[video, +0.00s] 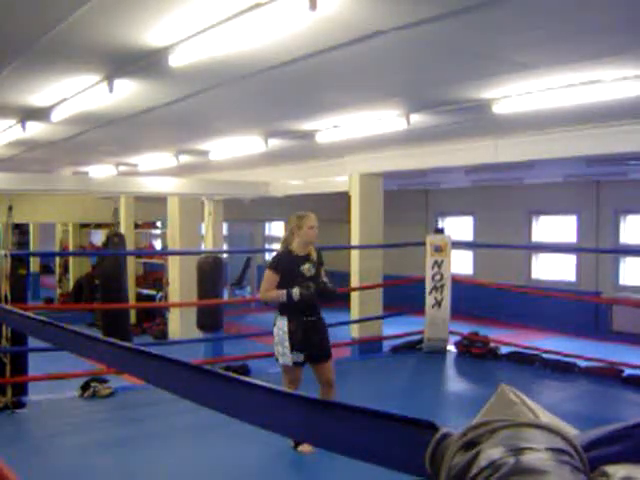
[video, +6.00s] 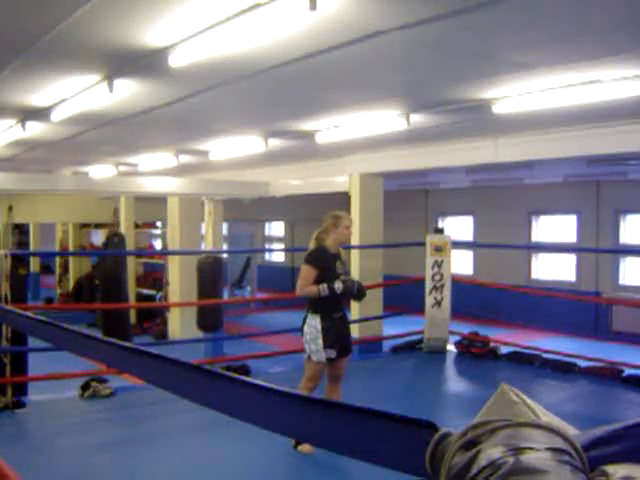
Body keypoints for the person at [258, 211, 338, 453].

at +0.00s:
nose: (315, 232)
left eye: (316, 228)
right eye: (311, 228)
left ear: (314, 231)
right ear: (296, 231)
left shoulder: (315, 255)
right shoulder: (281, 260)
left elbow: (321, 282)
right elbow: (265, 293)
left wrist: (326, 288)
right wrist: (291, 293)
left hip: (314, 319)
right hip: (290, 321)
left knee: (328, 380)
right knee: (292, 381)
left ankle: (326, 430)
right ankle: (297, 435)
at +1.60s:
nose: (346, 233)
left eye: (346, 229)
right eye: (343, 228)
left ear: (337, 230)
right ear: (329, 229)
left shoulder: (336, 258)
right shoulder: (313, 255)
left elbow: (332, 290)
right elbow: (297, 289)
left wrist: (350, 291)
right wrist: (328, 288)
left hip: (335, 317)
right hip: (315, 317)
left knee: (333, 378)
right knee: (308, 379)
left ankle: (329, 428)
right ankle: (300, 431)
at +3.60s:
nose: (347, 233)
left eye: (347, 229)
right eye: (343, 229)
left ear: (338, 230)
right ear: (328, 229)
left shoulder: (335, 258)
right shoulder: (313, 255)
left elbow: (332, 289)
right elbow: (298, 290)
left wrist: (350, 291)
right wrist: (328, 289)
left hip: (335, 317)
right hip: (316, 318)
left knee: (334, 377)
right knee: (309, 379)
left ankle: (330, 428)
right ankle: (299, 431)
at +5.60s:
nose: (347, 233)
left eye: (347, 229)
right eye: (343, 229)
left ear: (338, 231)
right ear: (329, 229)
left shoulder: (336, 258)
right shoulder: (314, 256)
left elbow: (333, 288)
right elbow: (298, 290)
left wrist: (350, 290)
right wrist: (329, 289)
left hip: (335, 318)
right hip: (316, 318)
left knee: (334, 377)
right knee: (309, 378)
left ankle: (330, 428)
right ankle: (299, 431)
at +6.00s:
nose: (350, 233)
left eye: (351, 228)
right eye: (347, 228)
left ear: (340, 230)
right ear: (333, 229)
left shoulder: (339, 257)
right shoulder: (317, 255)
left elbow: (338, 286)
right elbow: (301, 289)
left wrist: (354, 289)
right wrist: (332, 287)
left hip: (338, 316)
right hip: (318, 317)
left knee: (336, 377)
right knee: (311, 378)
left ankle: (331, 428)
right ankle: (299, 430)